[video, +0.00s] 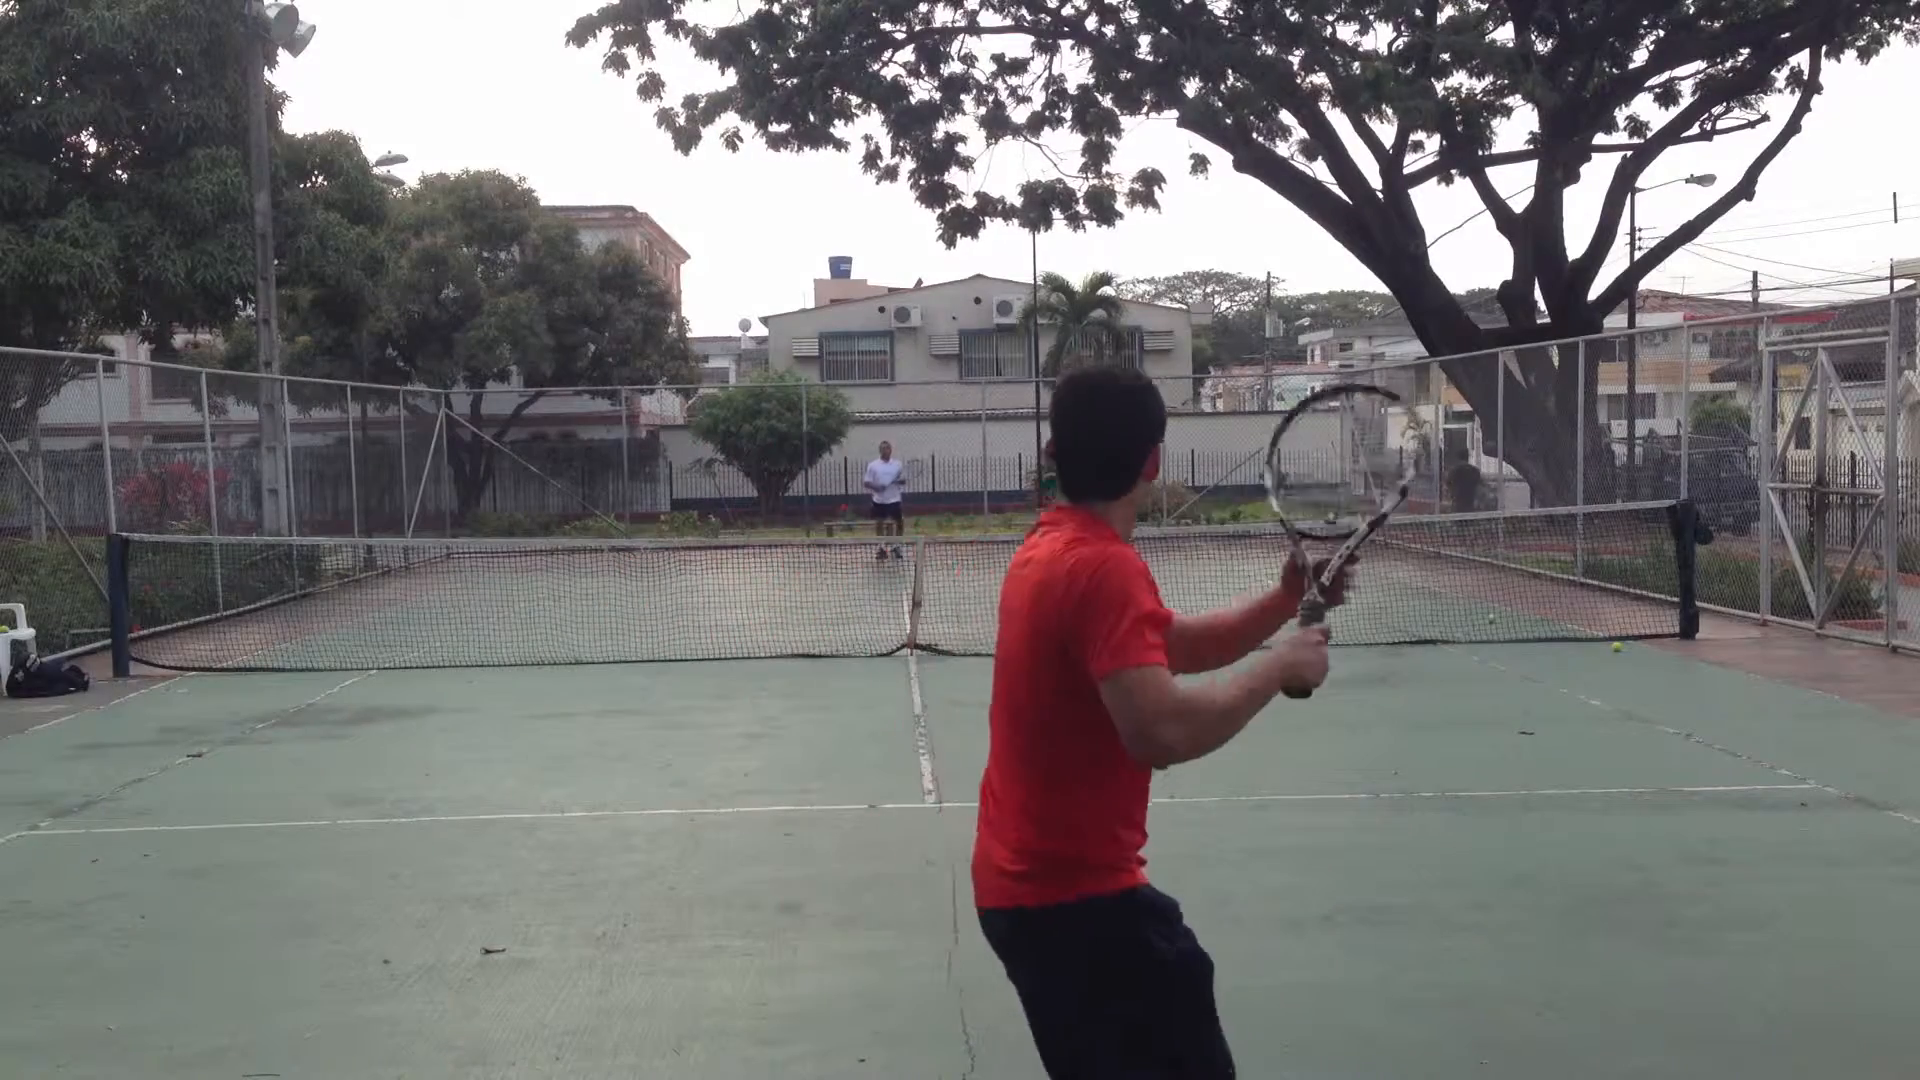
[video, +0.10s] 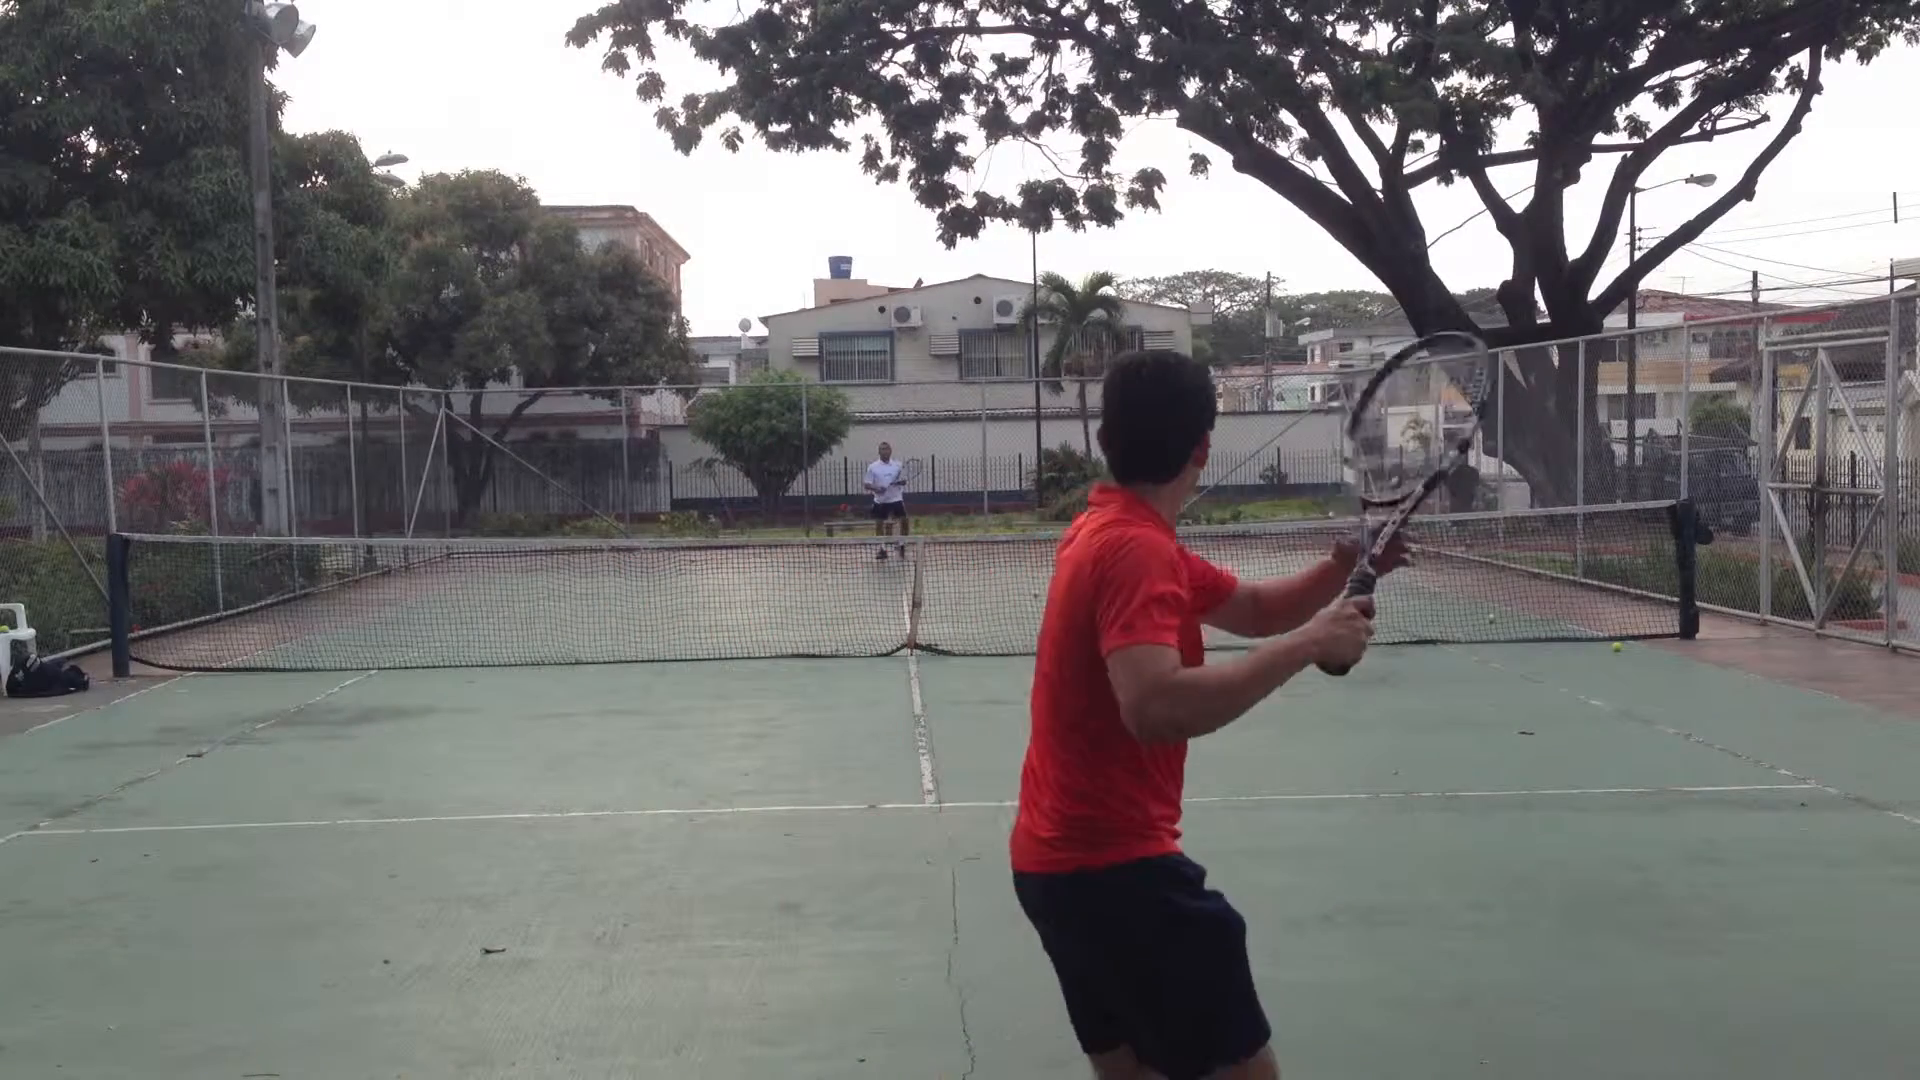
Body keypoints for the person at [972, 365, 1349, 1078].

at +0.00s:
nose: (1160, 458)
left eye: (1157, 443)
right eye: (1159, 445)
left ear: (1059, 452)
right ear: (1150, 460)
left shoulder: (1045, 550)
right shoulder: (1102, 567)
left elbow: (1178, 646)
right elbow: (1157, 731)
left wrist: (1283, 600)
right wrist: (1275, 668)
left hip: (1029, 886)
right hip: (1081, 895)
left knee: (1097, 1062)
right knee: (1189, 1062)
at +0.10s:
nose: (1208, 448)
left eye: (1207, 432)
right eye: (1209, 433)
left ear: (1111, 438)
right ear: (1200, 450)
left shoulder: (1115, 532)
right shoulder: (1134, 548)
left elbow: (1253, 610)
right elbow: (1155, 706)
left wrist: (1347, 566)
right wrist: (1307, 645)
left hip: (1069, 859)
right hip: (1117, 865)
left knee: (1125, 1064)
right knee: (1242, 1064)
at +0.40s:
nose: (1344, 487)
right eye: (1344, 474)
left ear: (1240, 472)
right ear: (1334, 490)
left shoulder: (1206, 554)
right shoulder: (1269, 593)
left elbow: (1317, 616)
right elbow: (1262, 755)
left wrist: (1433, 601)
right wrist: (1416, 802)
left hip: (1153, 859)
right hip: (1210, 872)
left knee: (1268, 1024)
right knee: (1336, 1055)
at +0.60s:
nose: (1421, 550)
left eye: (1421, 535)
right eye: (1423, 538)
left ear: (1329, 521)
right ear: (1410, 552)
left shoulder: (1251, 587)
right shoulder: (1386, 675)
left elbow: (1178, 637)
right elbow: (1422, 854)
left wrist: (1267, 639)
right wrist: (1528, 983)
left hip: (1180, 881)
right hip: (1272, 892)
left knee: (1294, 1035)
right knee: (1373, 1066)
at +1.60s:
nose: (1188, 443)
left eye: (1190, 433)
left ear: (1195, 449)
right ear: (1277, 447)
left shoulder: (1180, 549)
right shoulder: (1327, 545)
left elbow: (1183, 691)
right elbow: (1350, 697)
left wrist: (1135, 757)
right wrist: (1188, 762)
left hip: (1213, 838)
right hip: (1324, 835)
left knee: (1145, 996)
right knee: (1307, 1026)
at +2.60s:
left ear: (854, 469)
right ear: (960, 465)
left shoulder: (809, 595)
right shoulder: (1029, 591)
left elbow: (775, 777)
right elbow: (1093, 762)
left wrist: (838, 787)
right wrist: (1002, 802)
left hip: (844, 955)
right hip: (991, 955)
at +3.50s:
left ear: (935, 493)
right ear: (1050, 489)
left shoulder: (878, 626)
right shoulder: (1094, 613)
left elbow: (804, 796)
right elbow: (1149, 810)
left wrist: (910, 841)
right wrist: (1101, 887)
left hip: (909, 1000)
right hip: (1062, 993)